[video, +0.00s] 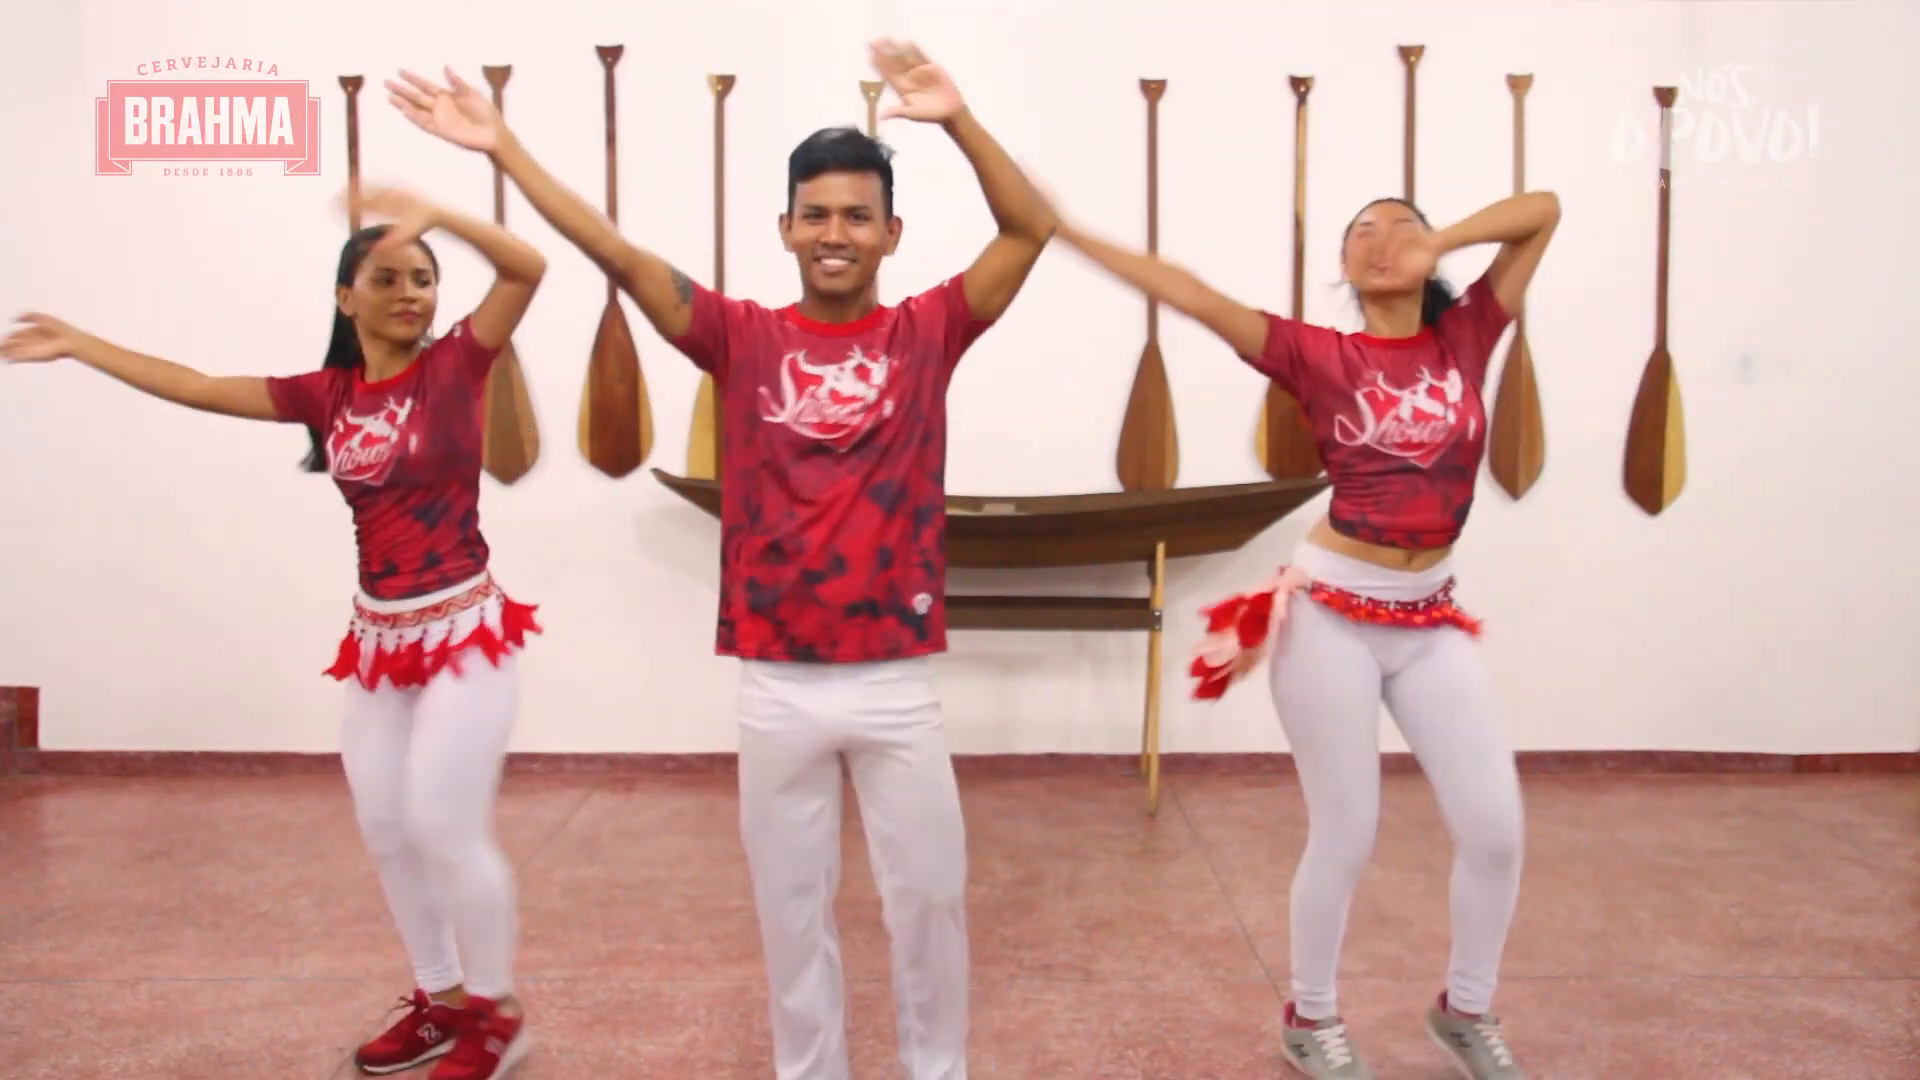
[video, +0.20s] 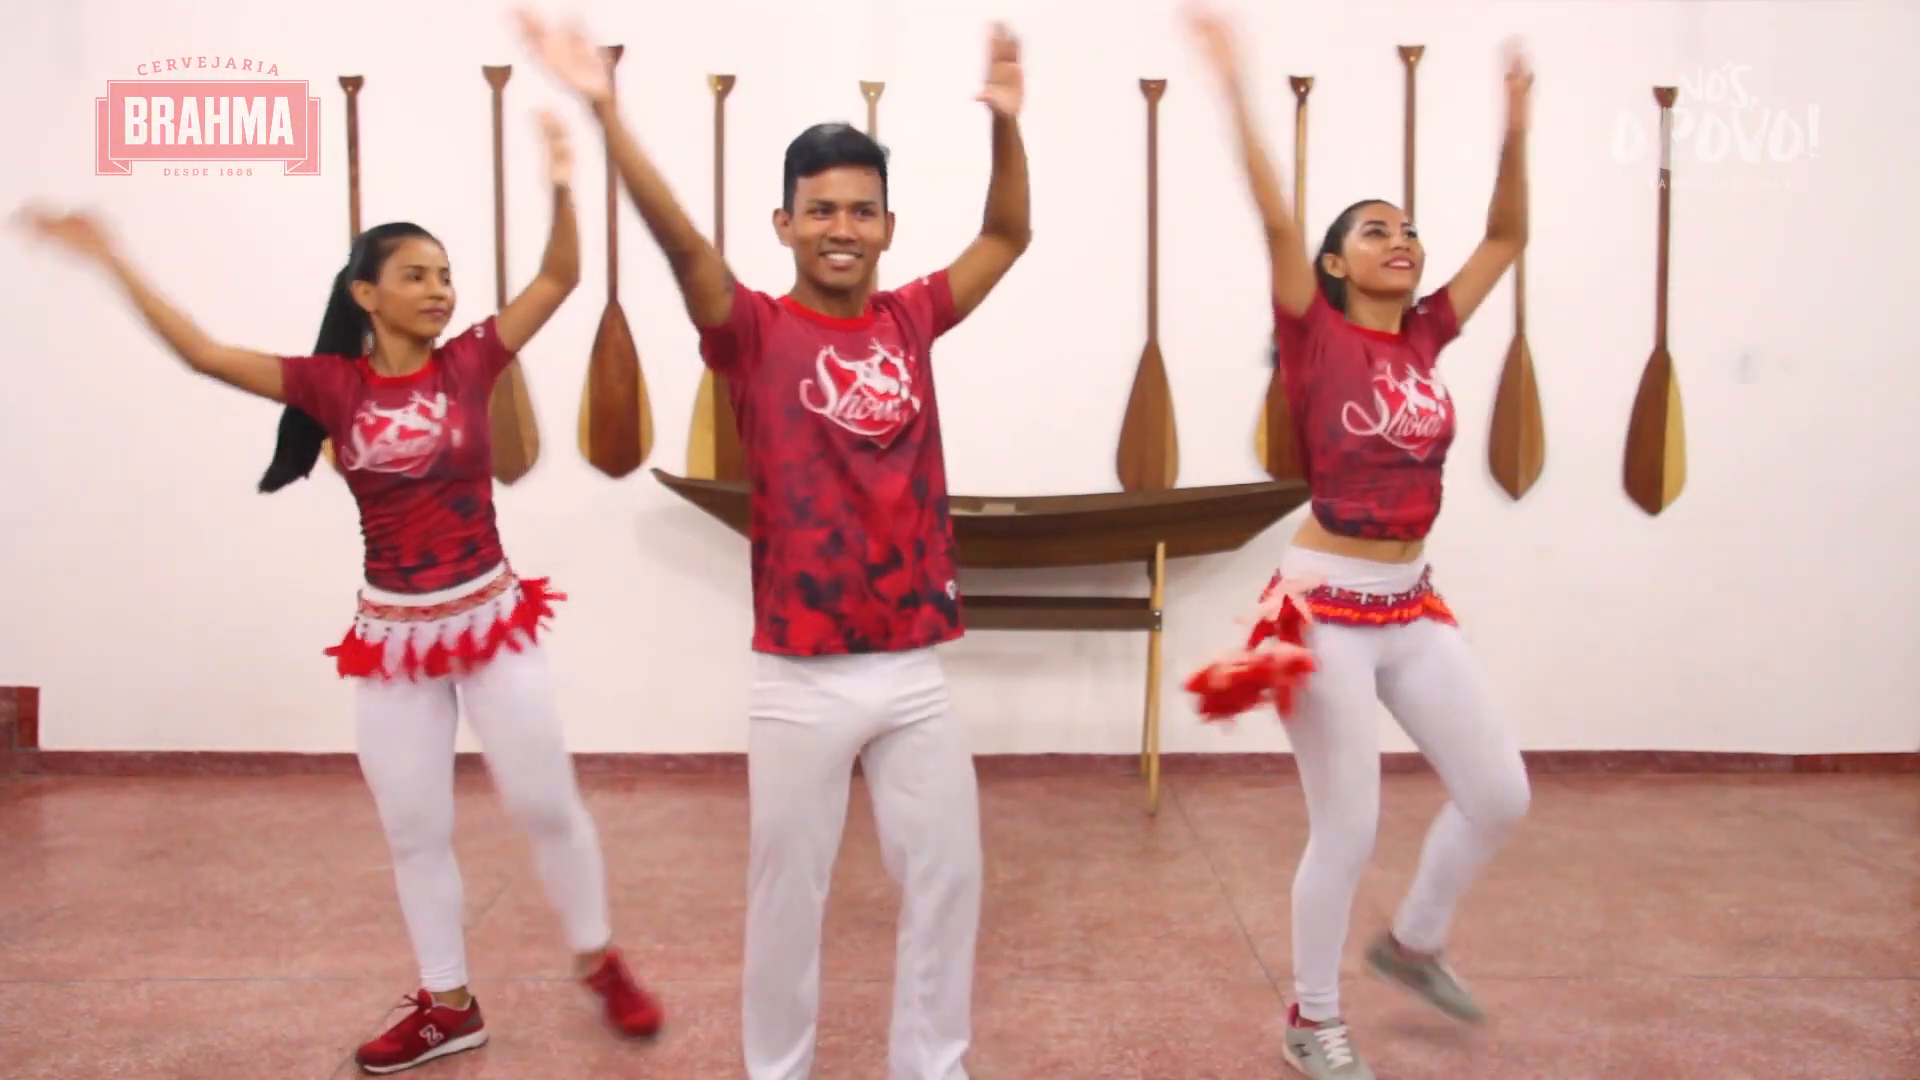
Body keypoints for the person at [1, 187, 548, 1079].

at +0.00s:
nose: (411, 293)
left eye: (423, 277)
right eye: (388, 278)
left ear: (437, 291)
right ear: (349, 295)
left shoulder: (459, 365)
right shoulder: (329, 394)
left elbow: (528, 267)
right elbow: (199, 387)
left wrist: (432, 209)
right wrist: (78, 343)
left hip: (470, 633)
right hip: (382, 640)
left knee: (444, 821)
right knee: (386, 827)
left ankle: (495, 1011)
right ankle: (441, 1000)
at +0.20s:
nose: (443, 290)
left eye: (447, 275)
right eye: (421, 276)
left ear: (452, 290)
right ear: (368, 295)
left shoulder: (472, 361)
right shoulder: (331, 384)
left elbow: (560, 274)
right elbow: (203, 352)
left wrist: (563, 180)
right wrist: (112, 257)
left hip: (495, 625)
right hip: (397, 639)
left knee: (548, 804)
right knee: (415, 831)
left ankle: (599, 960)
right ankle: (449, 1004)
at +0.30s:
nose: (457, 288)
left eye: (460, 276)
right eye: (437, 276)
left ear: (462, 290)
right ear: (382, 292)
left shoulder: (482, 364)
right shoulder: (346, 378)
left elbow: (568, 284)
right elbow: (238, 324)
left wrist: (612, 190)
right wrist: (211, 212)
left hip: (503, 617)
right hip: (406, 633)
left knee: (584, 782)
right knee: (423, 825)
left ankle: (623, 917)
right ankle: (448, 1000)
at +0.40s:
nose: (479, 288)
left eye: (480, 276)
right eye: (457, 275)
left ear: (478, 293)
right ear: (407, 291)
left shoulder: (495, 363)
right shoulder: (374, 379)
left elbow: (585, 286)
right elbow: (288, 306)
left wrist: (647, 201)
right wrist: (307, 193)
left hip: (518, 612)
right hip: (423, 631)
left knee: (599, 773)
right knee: (432, 821)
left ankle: (634, 903)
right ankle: (448, 1001)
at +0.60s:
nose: (535, 297)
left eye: (533, 285)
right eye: (517, 286)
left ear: (526, 298)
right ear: (466, 299)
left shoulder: (545, 369)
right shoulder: (435, 382)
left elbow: (626, 307)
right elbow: (373, 305)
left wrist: (701, 244)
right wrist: (453, 213)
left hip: (567, 621)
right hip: (473, 630)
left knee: (605, 781)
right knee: (458, 819)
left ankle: (626, 912)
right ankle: (448, 1000)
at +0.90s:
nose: (613, 316)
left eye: (615, 304)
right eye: (596, 303)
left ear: (616, 320)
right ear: (553, 321)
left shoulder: (631, 394)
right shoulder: (518, 389)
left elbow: (711, 351)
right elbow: (448, 324)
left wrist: (793, 310)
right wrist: (552, 290)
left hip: (631, 627)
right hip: (543, 630)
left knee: (638, 795)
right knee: (489, 804)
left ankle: (617, 929)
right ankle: (422, 981)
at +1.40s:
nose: (607, 300)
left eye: (622, 289)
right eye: (592, 291)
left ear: (649, 311)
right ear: (574, 312)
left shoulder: (662, 390)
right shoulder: (544, 373)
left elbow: (754, 337)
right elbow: (453, 321)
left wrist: (816, 275)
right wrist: (493, 284)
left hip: (633, 608)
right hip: (545, 606)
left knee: (632, 780)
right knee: (522, 777)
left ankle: (616, 927)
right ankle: (536, 908)